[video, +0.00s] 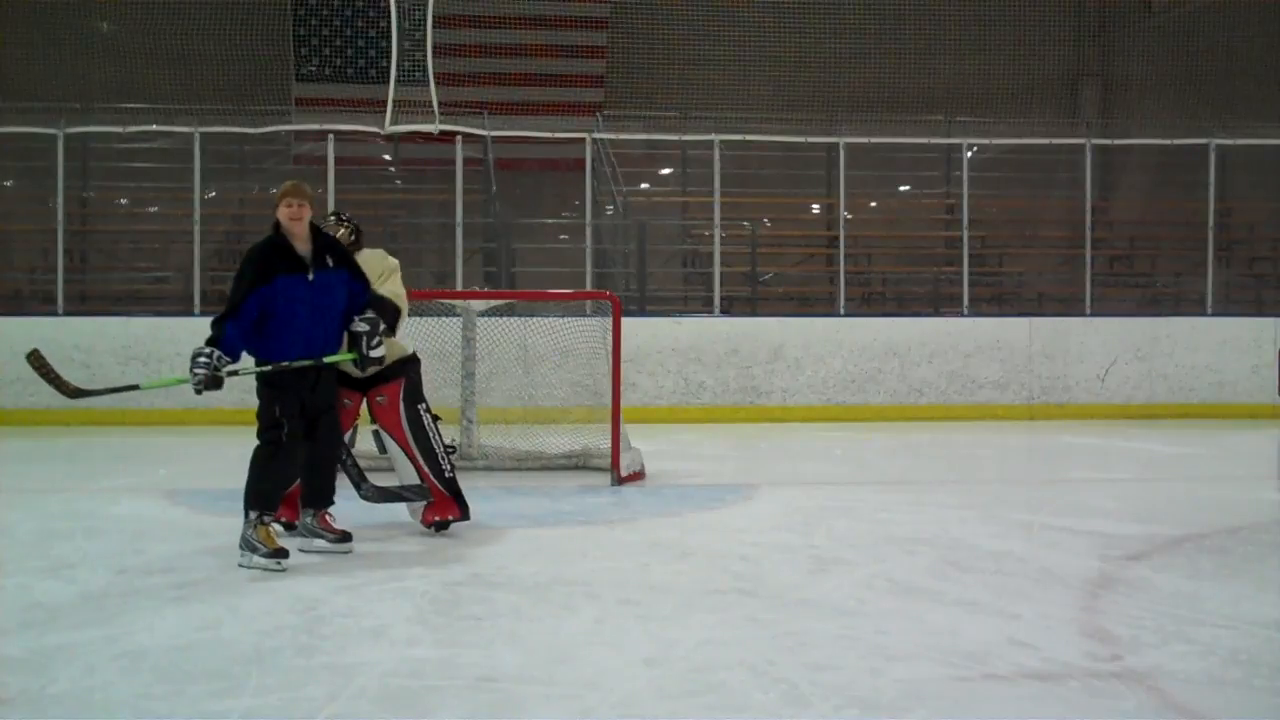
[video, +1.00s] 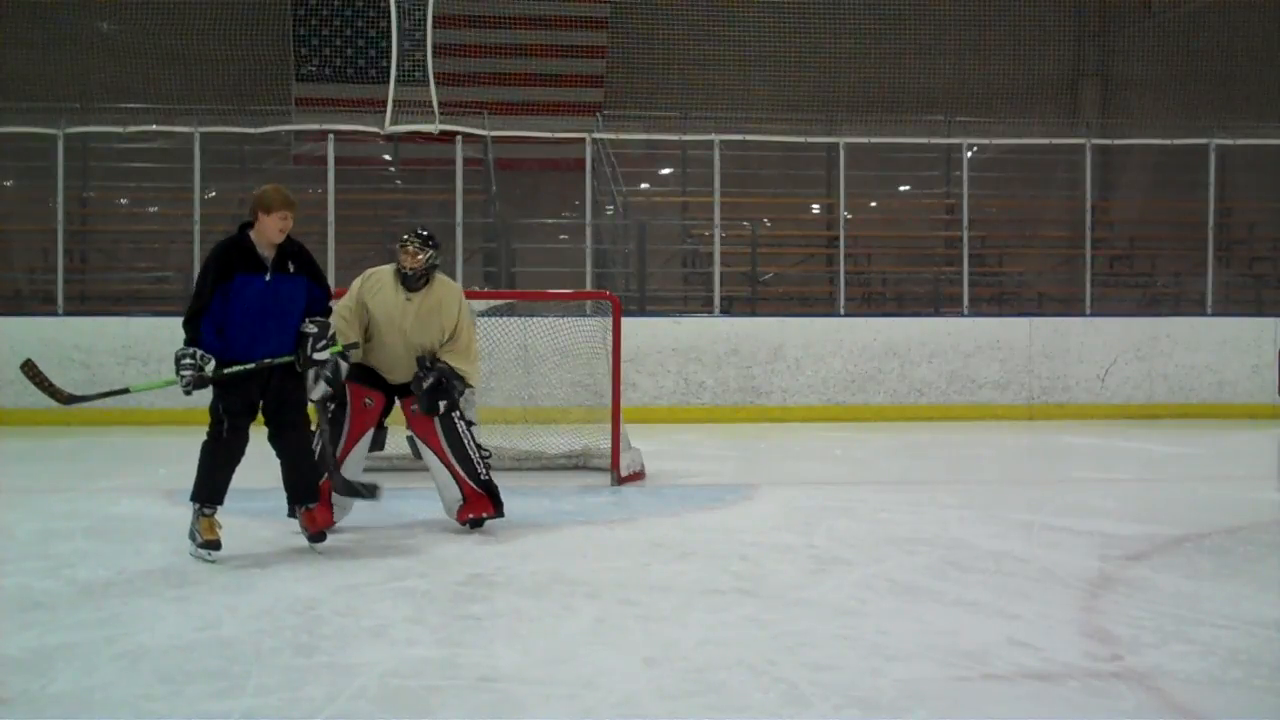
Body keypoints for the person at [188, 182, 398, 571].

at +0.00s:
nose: (295, 211)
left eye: (301, 205)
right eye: (288, 205)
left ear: (312, 210)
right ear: (277, 212)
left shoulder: (333, 253)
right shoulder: (262, 257)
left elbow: (365, 300)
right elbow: (237, 313)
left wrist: (369, 328)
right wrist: (214, 354)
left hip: (322, 367)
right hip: (278, 371)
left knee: (325, 442)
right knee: (279, 445)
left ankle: (313, 516)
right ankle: (257, 526)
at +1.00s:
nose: (286, 227)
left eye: (290, 220)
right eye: (280, 219)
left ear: (291, 222)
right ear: (258, 217)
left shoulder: (298, 257)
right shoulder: (226, 256)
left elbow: (320, 300)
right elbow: (199, 311)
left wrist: (315, 330)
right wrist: (195, 354)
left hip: (284, 365)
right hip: (235, 367)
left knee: (295, 436)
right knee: (228, 439)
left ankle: (306, 507)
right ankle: (205, 513)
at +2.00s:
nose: (230, 219)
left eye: (237, 214)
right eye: (226, 213)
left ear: (252, 220)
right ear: (219, 217)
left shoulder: (273, 258)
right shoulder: (198, 258)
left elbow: (299, 306)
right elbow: (176, 312)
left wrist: (301, 330)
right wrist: (159, 352)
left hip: (261, 362)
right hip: (210, 363)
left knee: (272, 431)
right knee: (201, 433)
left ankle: (293, 500)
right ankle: (186, 506)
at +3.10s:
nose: (247, 225)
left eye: (254, 219)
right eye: (241, 218)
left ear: (266, 224)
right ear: (231, 222)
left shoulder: (276, 263)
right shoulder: (209, 265)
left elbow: (294, 308)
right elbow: (191, 327)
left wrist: (309, 328)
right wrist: (203, 373)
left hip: (267, 374)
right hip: (220, 378)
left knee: (286, 444)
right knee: (211, 452)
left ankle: (290, 517)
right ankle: (184, 532)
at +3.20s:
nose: (268, 228)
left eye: (276, 222)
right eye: (262, 220)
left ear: (286, 228)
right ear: (249, 223)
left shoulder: (288, 266)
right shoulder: (227, 265)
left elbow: (299, 312)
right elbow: (214, 328)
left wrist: (316, 326)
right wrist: (230, 377)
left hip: (279, 374)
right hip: (232, 376)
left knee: (304, 442)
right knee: (230, 454)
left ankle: (298, 522)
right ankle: (193, 535)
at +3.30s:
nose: (300, 238)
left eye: (306, 231)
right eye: (293, 230)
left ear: (311, 237)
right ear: (274, 232)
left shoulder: (303, 278)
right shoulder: (253, 274)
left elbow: (305, 329)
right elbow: (243, 339)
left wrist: (322, 353)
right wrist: (268, 378)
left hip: (291, 380)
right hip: (246, 380)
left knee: (330, 441)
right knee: (244, 456)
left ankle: (316, 525)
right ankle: (200, 535)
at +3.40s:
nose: (335, 253)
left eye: (340, 246)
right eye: (328, 244)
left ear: (344, 251)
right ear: (309, 245)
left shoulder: (319, 288)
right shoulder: (290, 282)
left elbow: (325, 344)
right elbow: (295, 349)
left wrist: (347, 374)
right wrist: (329, 378)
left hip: (302, 389)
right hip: (266, 388)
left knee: (356, 441)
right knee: (261, 464)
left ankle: (343, 524)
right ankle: (207, 537)